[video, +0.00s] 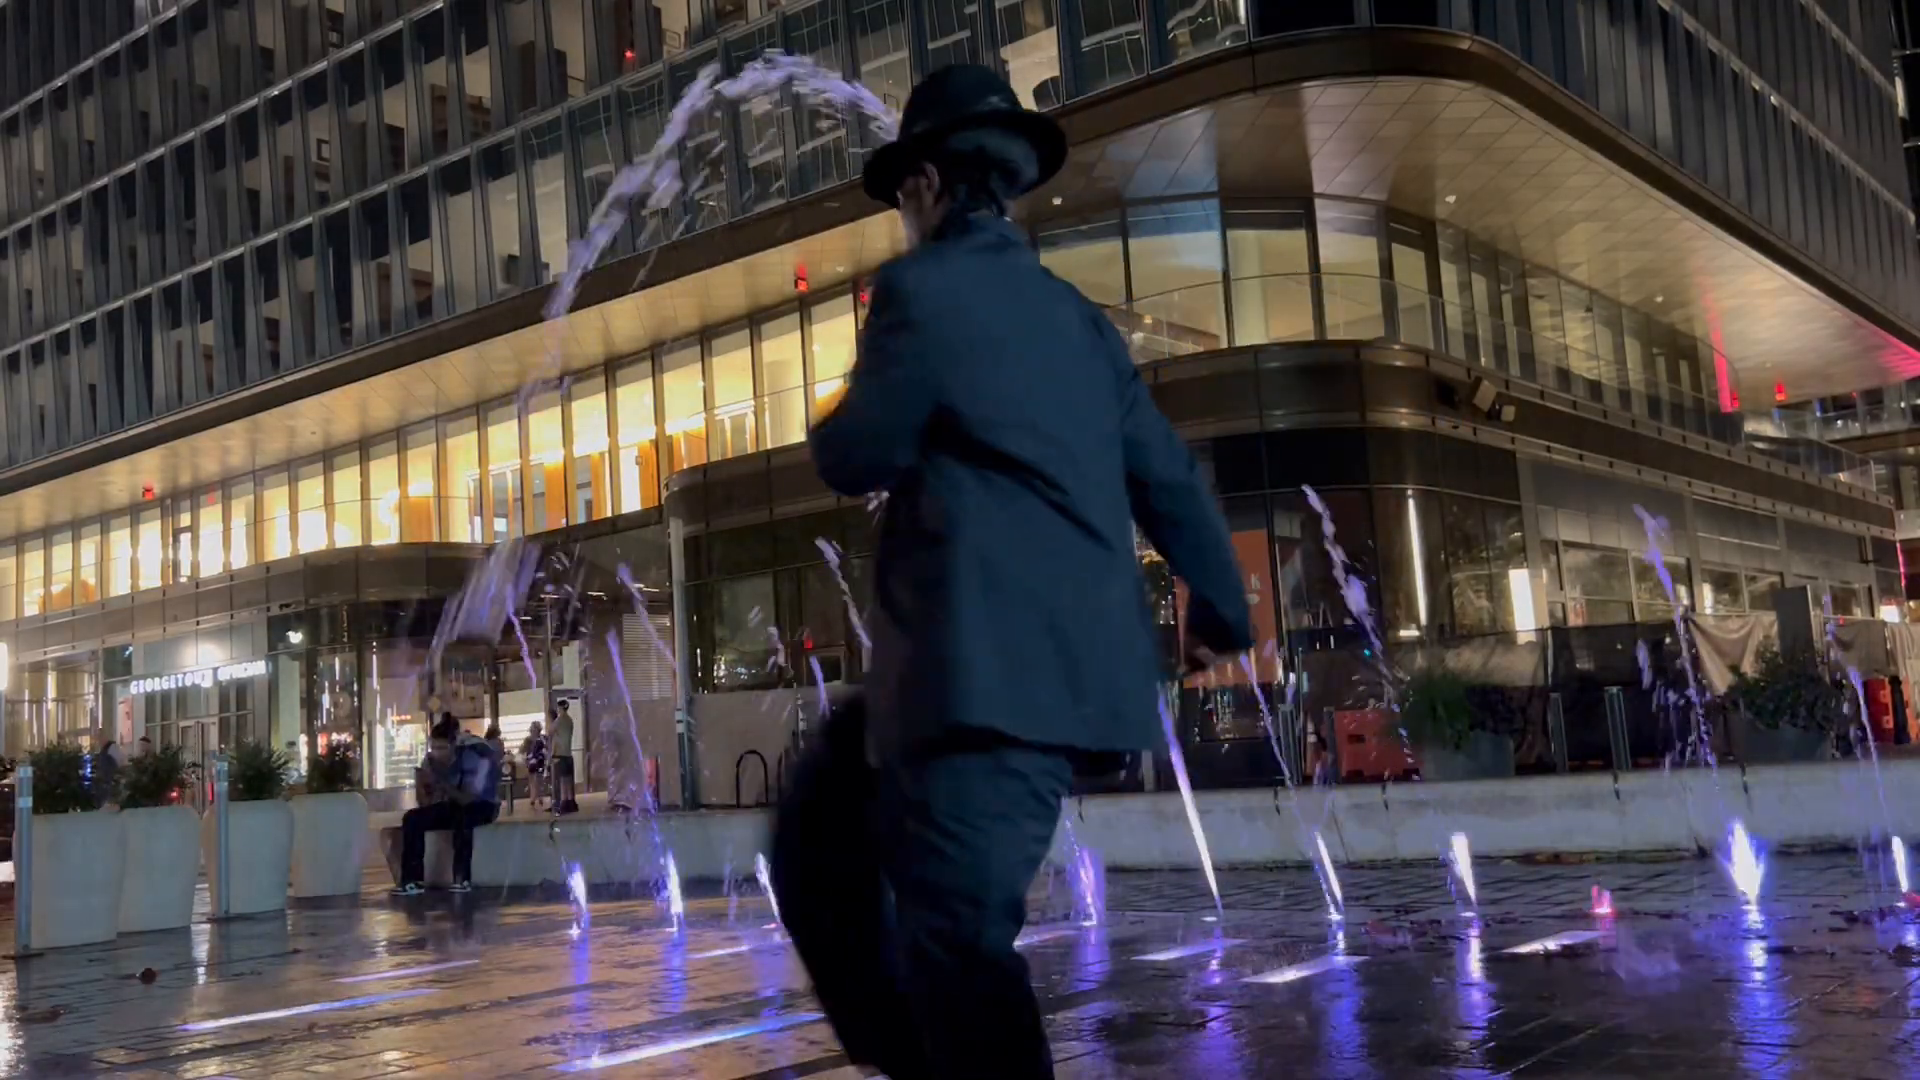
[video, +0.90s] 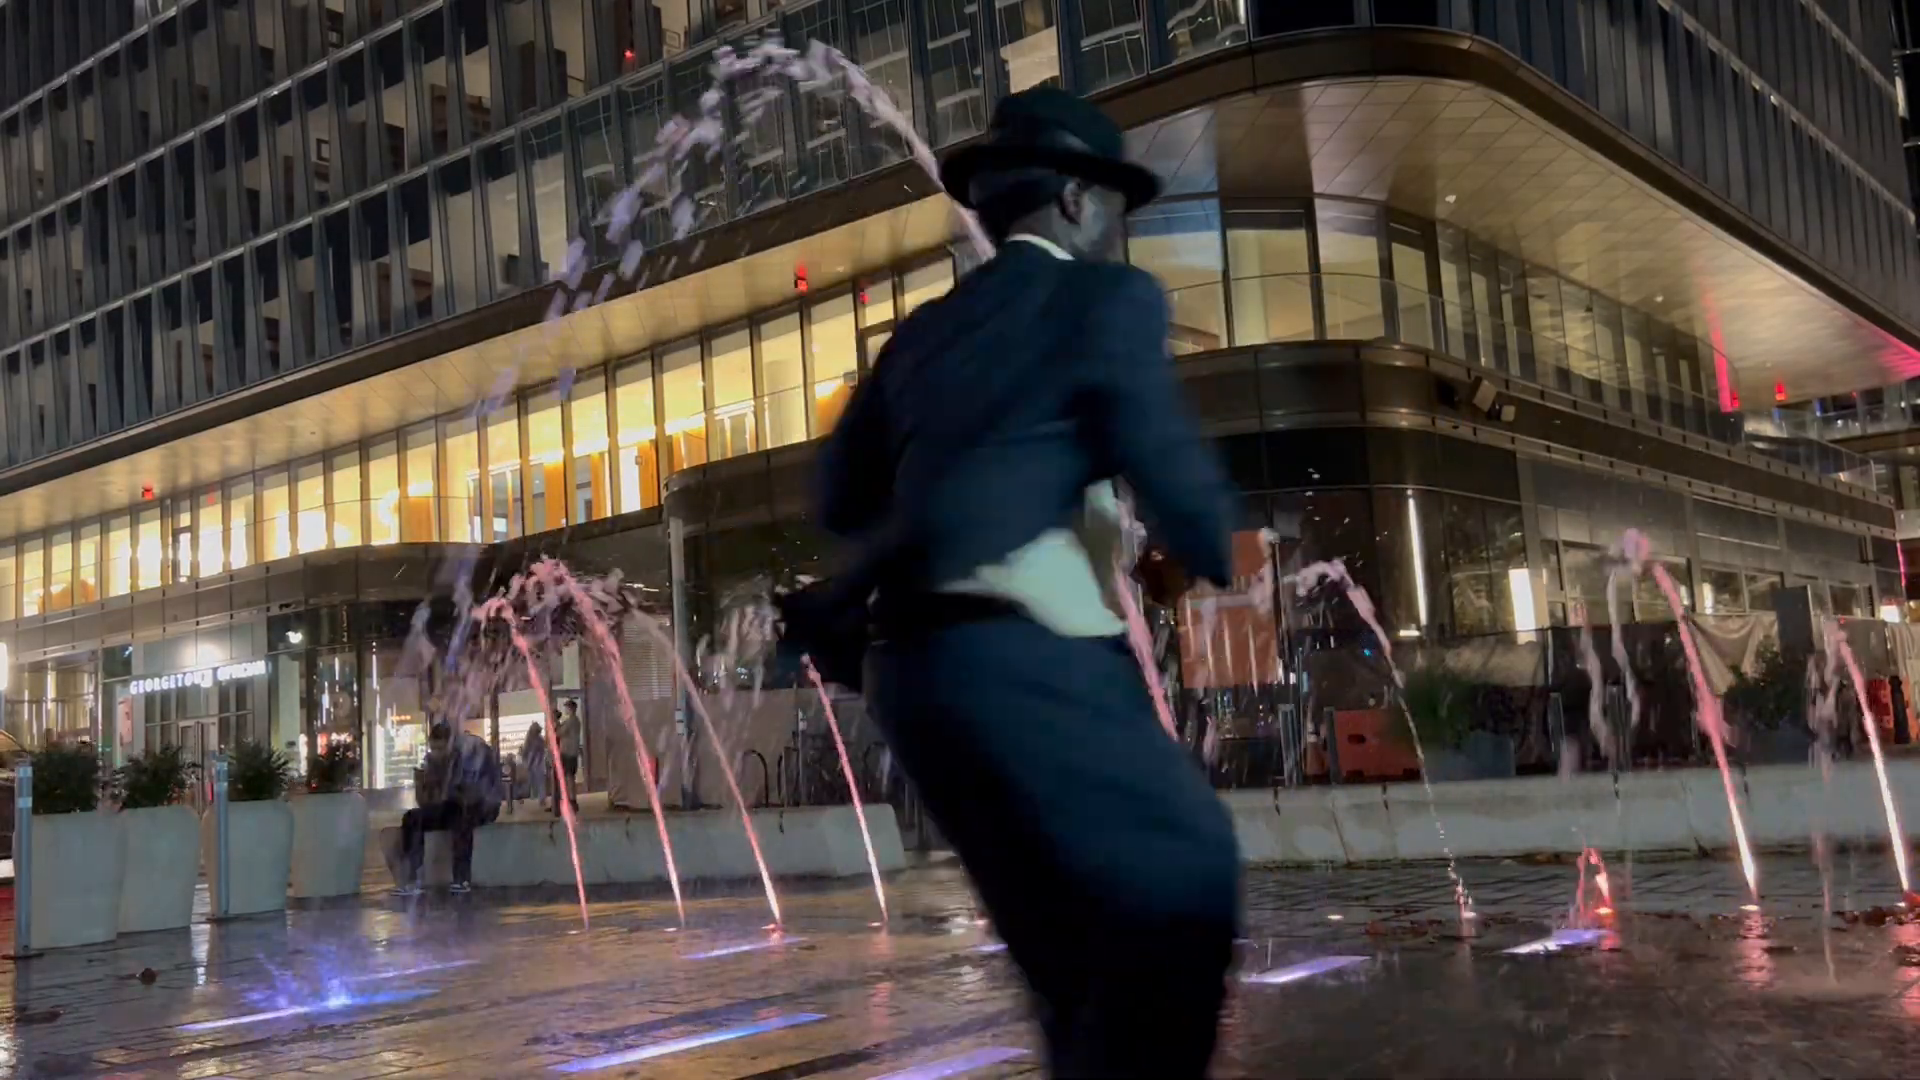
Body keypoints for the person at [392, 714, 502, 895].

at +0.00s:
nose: (435, 754)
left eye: (441, 748)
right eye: (433, 748)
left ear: (453, 745)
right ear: (430, 744)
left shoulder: (477, 755)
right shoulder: (432, 761)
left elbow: (468, 796)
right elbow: (425, 799)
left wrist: (440, 784)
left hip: (482, 805)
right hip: (453, 805)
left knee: (462, 819)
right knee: (413, 818)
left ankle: (462, 880)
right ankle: (413, 881)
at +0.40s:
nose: (436, 754)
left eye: (441, 748)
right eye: (433, 748)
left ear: (453, 744)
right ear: (430, 745)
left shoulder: (468, 754)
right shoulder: (432, 760)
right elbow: (424, 796)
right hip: (450, 808)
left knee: (461, 821)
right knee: (412, 818)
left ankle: (462, 880)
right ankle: (413, 880)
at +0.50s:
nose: (446, 744)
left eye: (450, 738)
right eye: (440, 739)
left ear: (457, 735)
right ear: (434, 738)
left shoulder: (473, 747)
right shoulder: (434, 757)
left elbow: (493, 771)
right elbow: (422, 796)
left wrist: (489, 802)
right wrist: (435, 759)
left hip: (468, 806)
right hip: (442, 807)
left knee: (462, 822)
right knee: (413, 819)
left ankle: (461, 880)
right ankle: (412, 882)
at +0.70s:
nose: (434, 752)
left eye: (437, 747)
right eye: (433, 748)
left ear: (449, 741)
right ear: (433, 742)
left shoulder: (476, 750)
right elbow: (424, 796)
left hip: (476, 808)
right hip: (450, 809)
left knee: (464, 821)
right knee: (412, 819)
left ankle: (461, 880)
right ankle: (413, 880)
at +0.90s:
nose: (437, 752)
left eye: (441, 747)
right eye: (434, 747)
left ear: (451, 740)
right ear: (431, 743)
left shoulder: (474, 748)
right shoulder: (434, 758)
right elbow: (425, 797)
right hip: (453, 806)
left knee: (461, 821)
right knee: (413, 818)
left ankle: (461, 880)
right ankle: (413, 881)